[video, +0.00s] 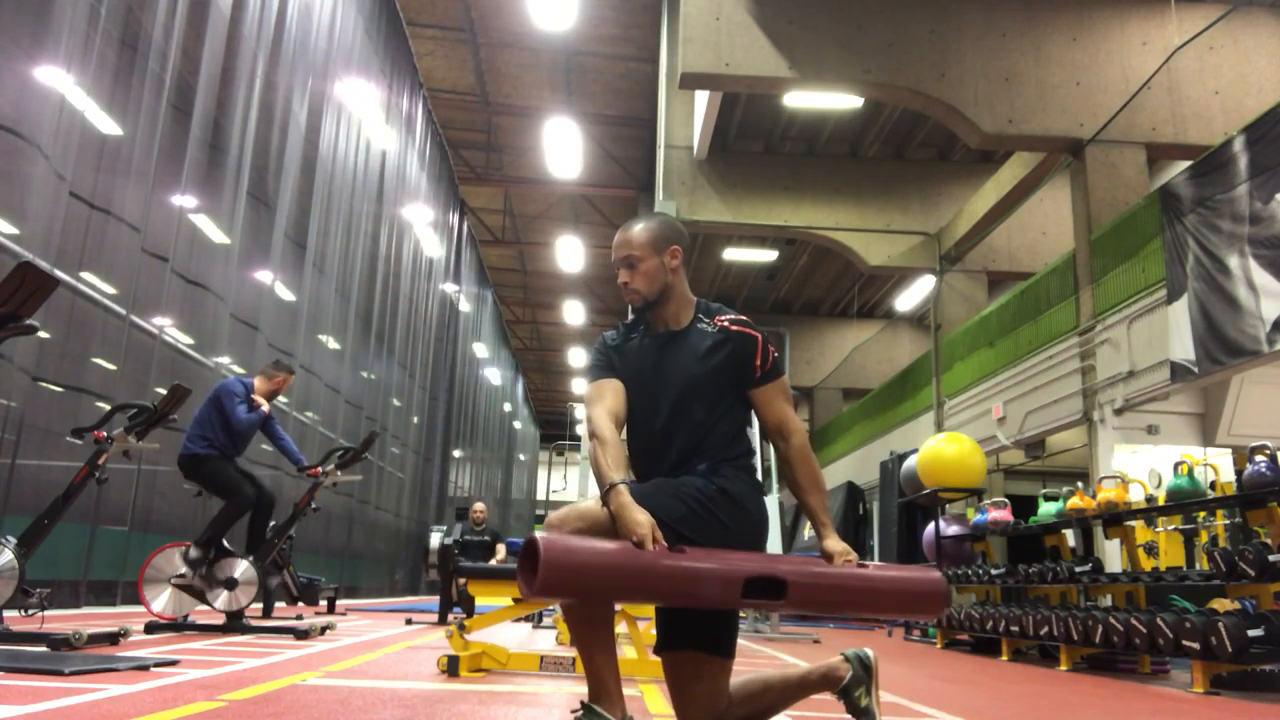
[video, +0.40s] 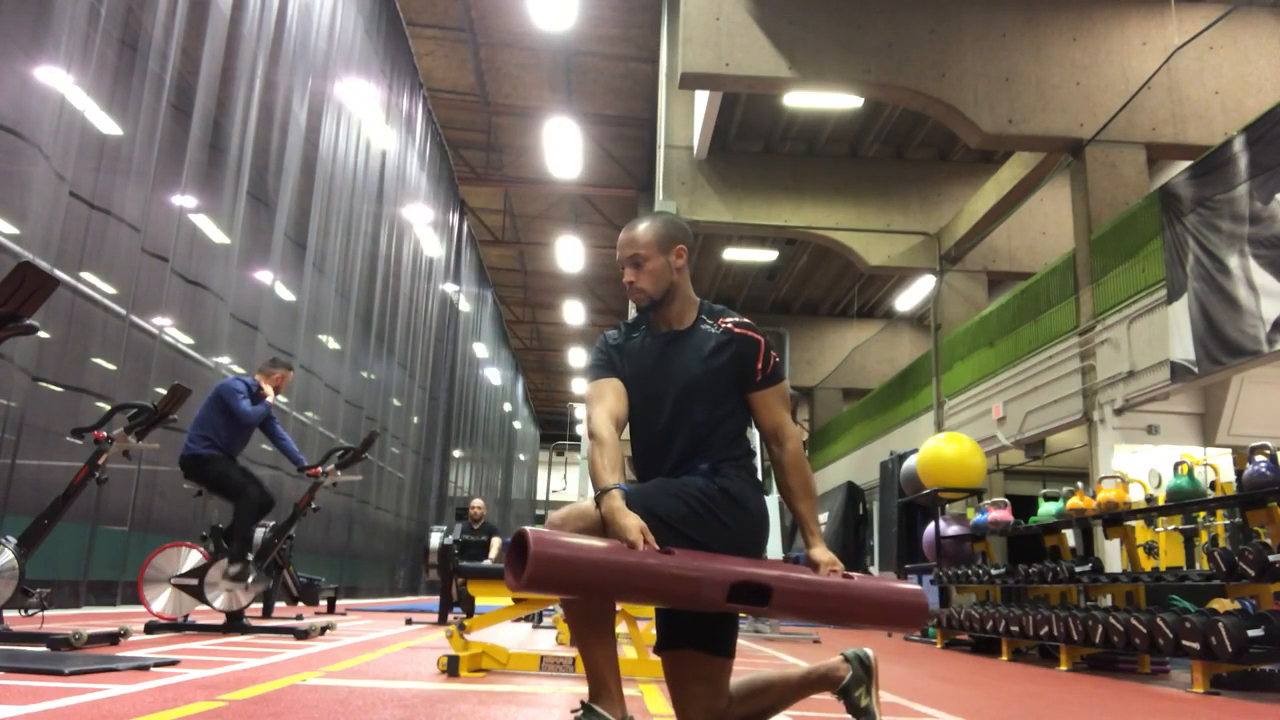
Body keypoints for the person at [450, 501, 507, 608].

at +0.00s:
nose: (477, 515)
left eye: (481, 512)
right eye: (475, 512)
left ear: (486, 515)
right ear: (470, 514)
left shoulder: (493, 533)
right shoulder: (461, 531)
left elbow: (501, 553)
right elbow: (452, 550)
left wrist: (495, 560)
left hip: (486, 571)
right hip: (464, 569)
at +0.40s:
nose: (475, 511)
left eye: (479, 508)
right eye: (472, 508)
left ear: (484, 511)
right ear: (469, 510)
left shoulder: (491, 529)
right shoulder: (461, 527)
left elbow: (495, 544)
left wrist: (490, 559)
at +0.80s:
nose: (469, 509)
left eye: (473, 506)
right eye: (467, 506)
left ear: (479, 509)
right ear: (463, 508)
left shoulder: (487, 527)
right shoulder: (457, 527)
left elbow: (495, 544)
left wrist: (489, 560)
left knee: (481, 547)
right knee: (455, 548)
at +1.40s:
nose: (471, 504)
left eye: (474, 502)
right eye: (468, 502)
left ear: (480, 508)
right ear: (464, 506)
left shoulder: (484, 525)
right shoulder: (456, 524)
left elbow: (493, 535)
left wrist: (487, 548)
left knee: (478, 541)